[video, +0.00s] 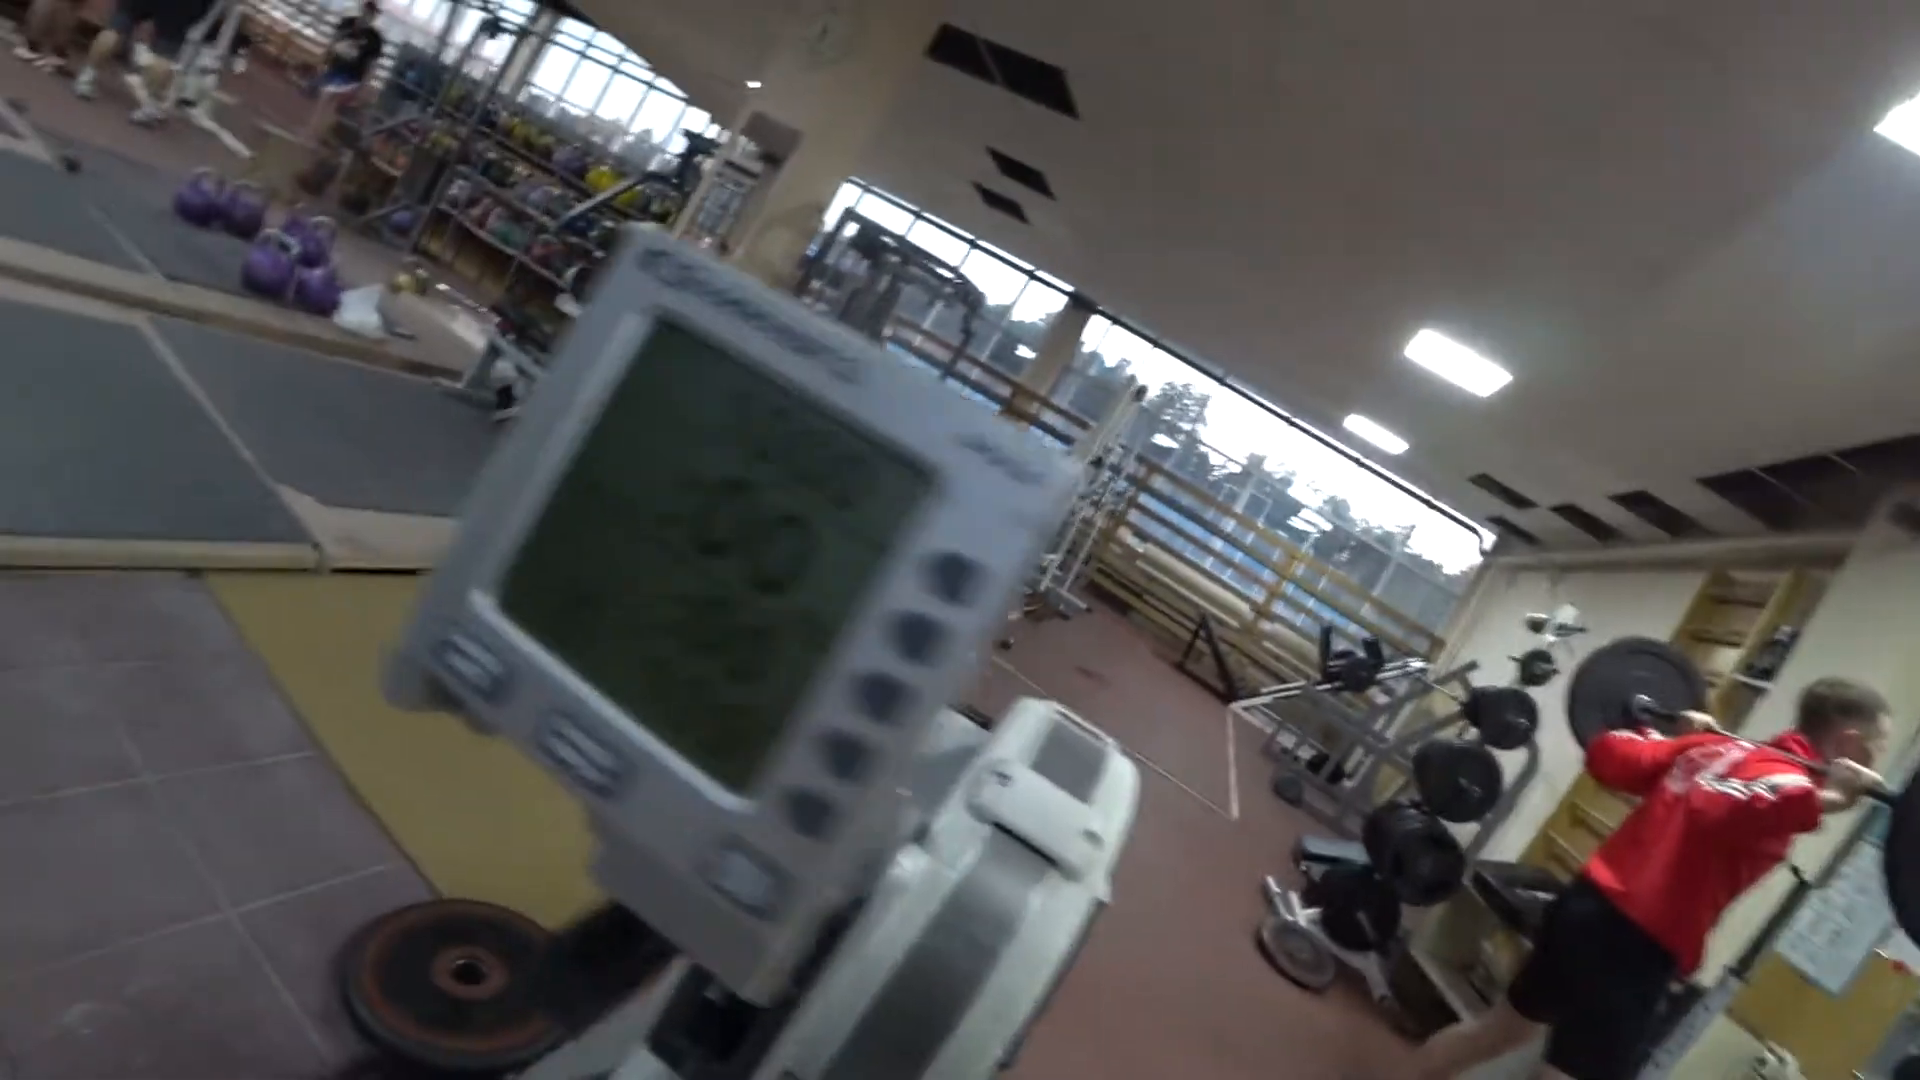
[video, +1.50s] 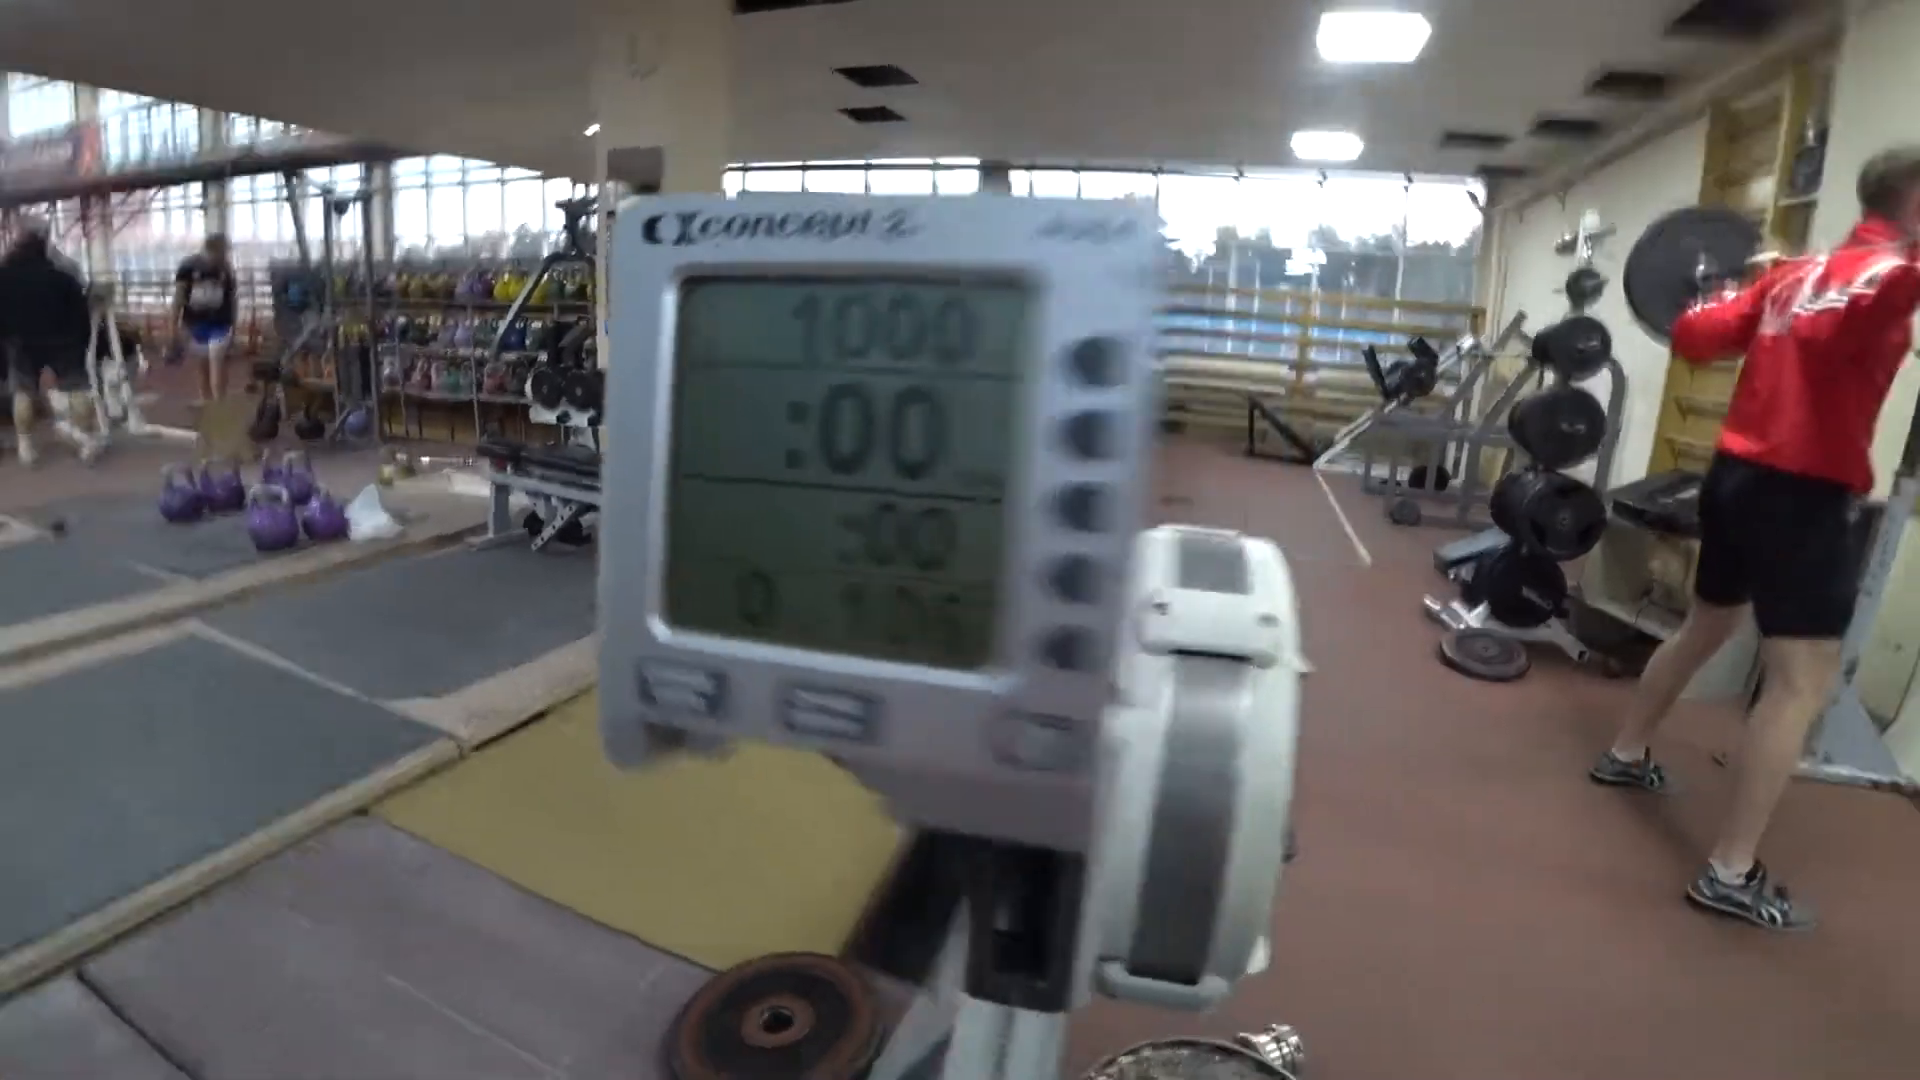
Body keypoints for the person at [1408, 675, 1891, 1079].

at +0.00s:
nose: (1875, 759)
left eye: (1878, 746)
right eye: (1875, 743)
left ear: (1810, 726)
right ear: (1844, 739)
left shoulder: (1714, 746)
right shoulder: (1798, 787)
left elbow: (1609, 753)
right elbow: (1719, 813)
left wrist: (1678, 738)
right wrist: (1828, 799)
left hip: (1585, 902)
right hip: (1640, 948)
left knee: (1501, 1026)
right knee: (1564, 1072)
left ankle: (1398, 1073)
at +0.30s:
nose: (1905, 772)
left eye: (1908, 760)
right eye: (1906, 758)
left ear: (1844, 728)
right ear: (1889, 751)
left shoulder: (1746, 753)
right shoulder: (1842, 798)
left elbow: (1641, 757)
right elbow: (1796, 812)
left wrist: (1724, 739)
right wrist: (1875, 808)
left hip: (1613, 908)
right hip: (1669, 958)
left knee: (1521, 1027)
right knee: (1596, 1073)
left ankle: (1420, 1075)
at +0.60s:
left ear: (1900, 503)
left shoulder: (1813, 555)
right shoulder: (1911, 583)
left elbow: (1702, 583)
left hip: (1711, 735)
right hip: (1783, 772)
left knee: (1647, 863)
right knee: (1724, 947)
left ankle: (1536, 974)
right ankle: (1643, 1067)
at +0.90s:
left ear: (1868, 204)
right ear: (1914, 204)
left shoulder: (1798, 271)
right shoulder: (1906, 268)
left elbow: (1696, 330)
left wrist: (1740, 286)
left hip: (1744, 478)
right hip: (1820, 493)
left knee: (1719, 630)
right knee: (1817, 687)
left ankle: (1644, 755)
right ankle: (1759, 876)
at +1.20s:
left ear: (1864, 144)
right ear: (1911, 141)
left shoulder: (1794, 216)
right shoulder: (1907, 209)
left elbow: (1690, 286)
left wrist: (1739, 231)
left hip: (1745, 427)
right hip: (1825, 440)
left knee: (1724, 583)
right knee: (1825, 637)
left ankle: (1652, 708)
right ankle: (1771, 822)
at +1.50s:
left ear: (1862, 205)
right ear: (1913, 206)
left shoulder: (1791, 273)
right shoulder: (1898, 273)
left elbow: (1695, 331)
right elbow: (1873, 308)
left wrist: (1729, 288)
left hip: (1734, 475)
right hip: (1809, 492)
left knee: (1707, 624)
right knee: (1800, 684)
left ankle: (1625, 751)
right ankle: (1730, 871)